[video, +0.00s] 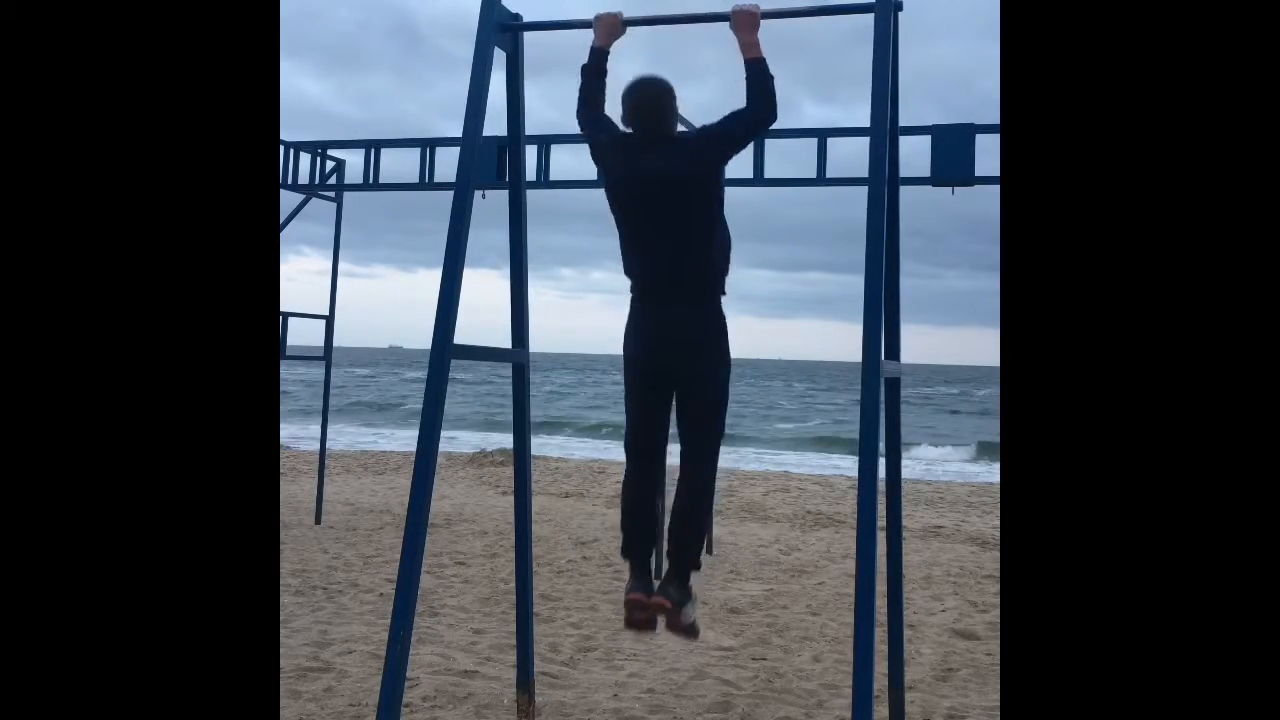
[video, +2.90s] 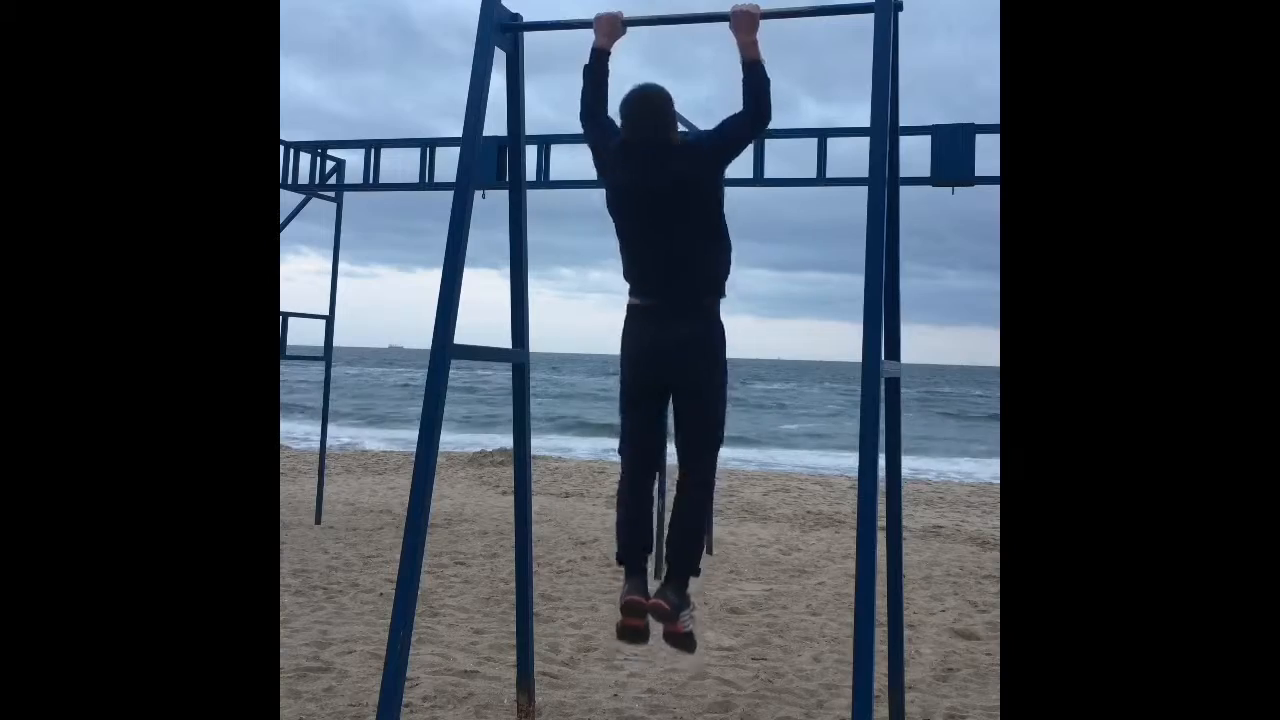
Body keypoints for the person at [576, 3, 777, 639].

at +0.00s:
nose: (677, 114)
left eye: (663, 108)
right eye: (677, 108)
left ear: (627, 119)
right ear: (676, 114)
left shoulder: (614, 157)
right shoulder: (704, 149)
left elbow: (589, 109)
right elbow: (762, 109)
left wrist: (599, 46)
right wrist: (751, 45)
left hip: (645, 324)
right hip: (702, 324)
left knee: (643, 454)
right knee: (699, 460)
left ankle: (639, 578)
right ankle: (678, 587)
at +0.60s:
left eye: (610, 37)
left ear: (609, 47)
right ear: (656, 42)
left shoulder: (596, 102)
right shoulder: (687, 82)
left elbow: (581, 94)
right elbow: (752, 104)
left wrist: (597, 42)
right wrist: (748, 42)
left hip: (635, 259)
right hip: (694, 255)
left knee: (647, 372)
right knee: (706, 376)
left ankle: (655, 489)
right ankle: (694, 496)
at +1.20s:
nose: (657, 100)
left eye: (636, 93)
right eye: (664, 91)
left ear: (625, 102)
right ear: (674, 98)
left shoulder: (613, 144)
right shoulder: (706, 138)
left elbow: (587, 109)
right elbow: (765, 107)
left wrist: (599, 45)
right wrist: (752, 43)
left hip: (647, 310)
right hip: (703, 310)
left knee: (647, 439)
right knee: (703, 442)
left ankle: (649, 565)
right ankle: (685, 568)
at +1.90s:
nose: (623, 28)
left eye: (613, 22)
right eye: (645, 18)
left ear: (609, 33)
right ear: (654, 27)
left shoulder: (593, 89)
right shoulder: (687, 71)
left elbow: (575, 100)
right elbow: (754, 102)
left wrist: (596, 42)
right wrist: (749, 42)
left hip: (632, 246)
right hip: (691, 241)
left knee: (645, 360)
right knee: (705, 363)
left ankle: (654, 479)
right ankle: (694, 487)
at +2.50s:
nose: (652, 99)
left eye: (631, 93)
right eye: (660, 91)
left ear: (624, 104)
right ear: (673, 99)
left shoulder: (611, 145)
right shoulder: (704, 138)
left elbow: (587, 107)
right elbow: (765, 107)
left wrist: (600, 44)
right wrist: (751, 43)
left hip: (644, 313)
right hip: (701, 313)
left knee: (645, 436)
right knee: (703, 439)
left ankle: (647, 560)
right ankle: (684, 567)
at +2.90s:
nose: (681, 118)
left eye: (674, 113)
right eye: (677, 113)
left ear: (625, 127)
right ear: (672, 121)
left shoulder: (616, 165)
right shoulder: (703, 155)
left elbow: (593, 114)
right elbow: (756, 112)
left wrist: (601, 46)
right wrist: (749, 46)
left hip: (642, 327)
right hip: (699, 329)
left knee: (638, 462)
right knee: (697, 468)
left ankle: (634, 587)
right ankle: (675, 594)